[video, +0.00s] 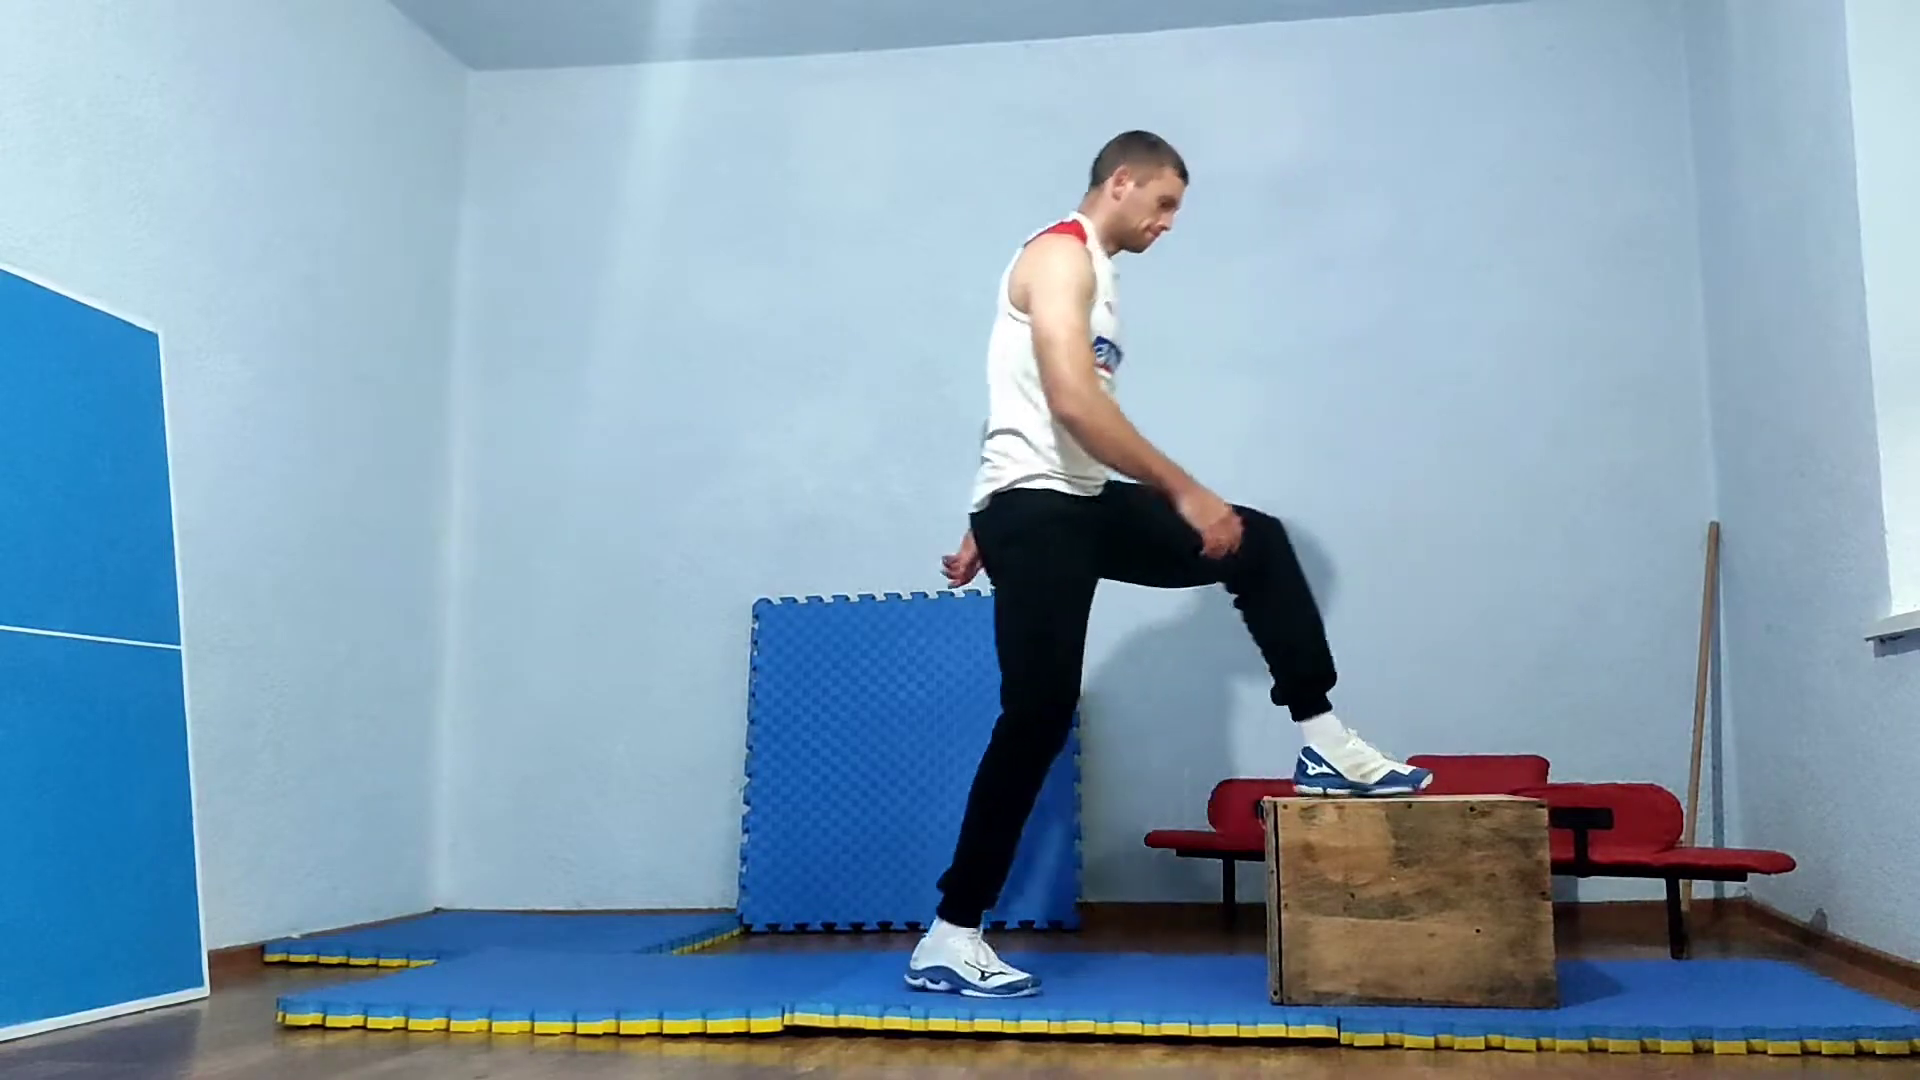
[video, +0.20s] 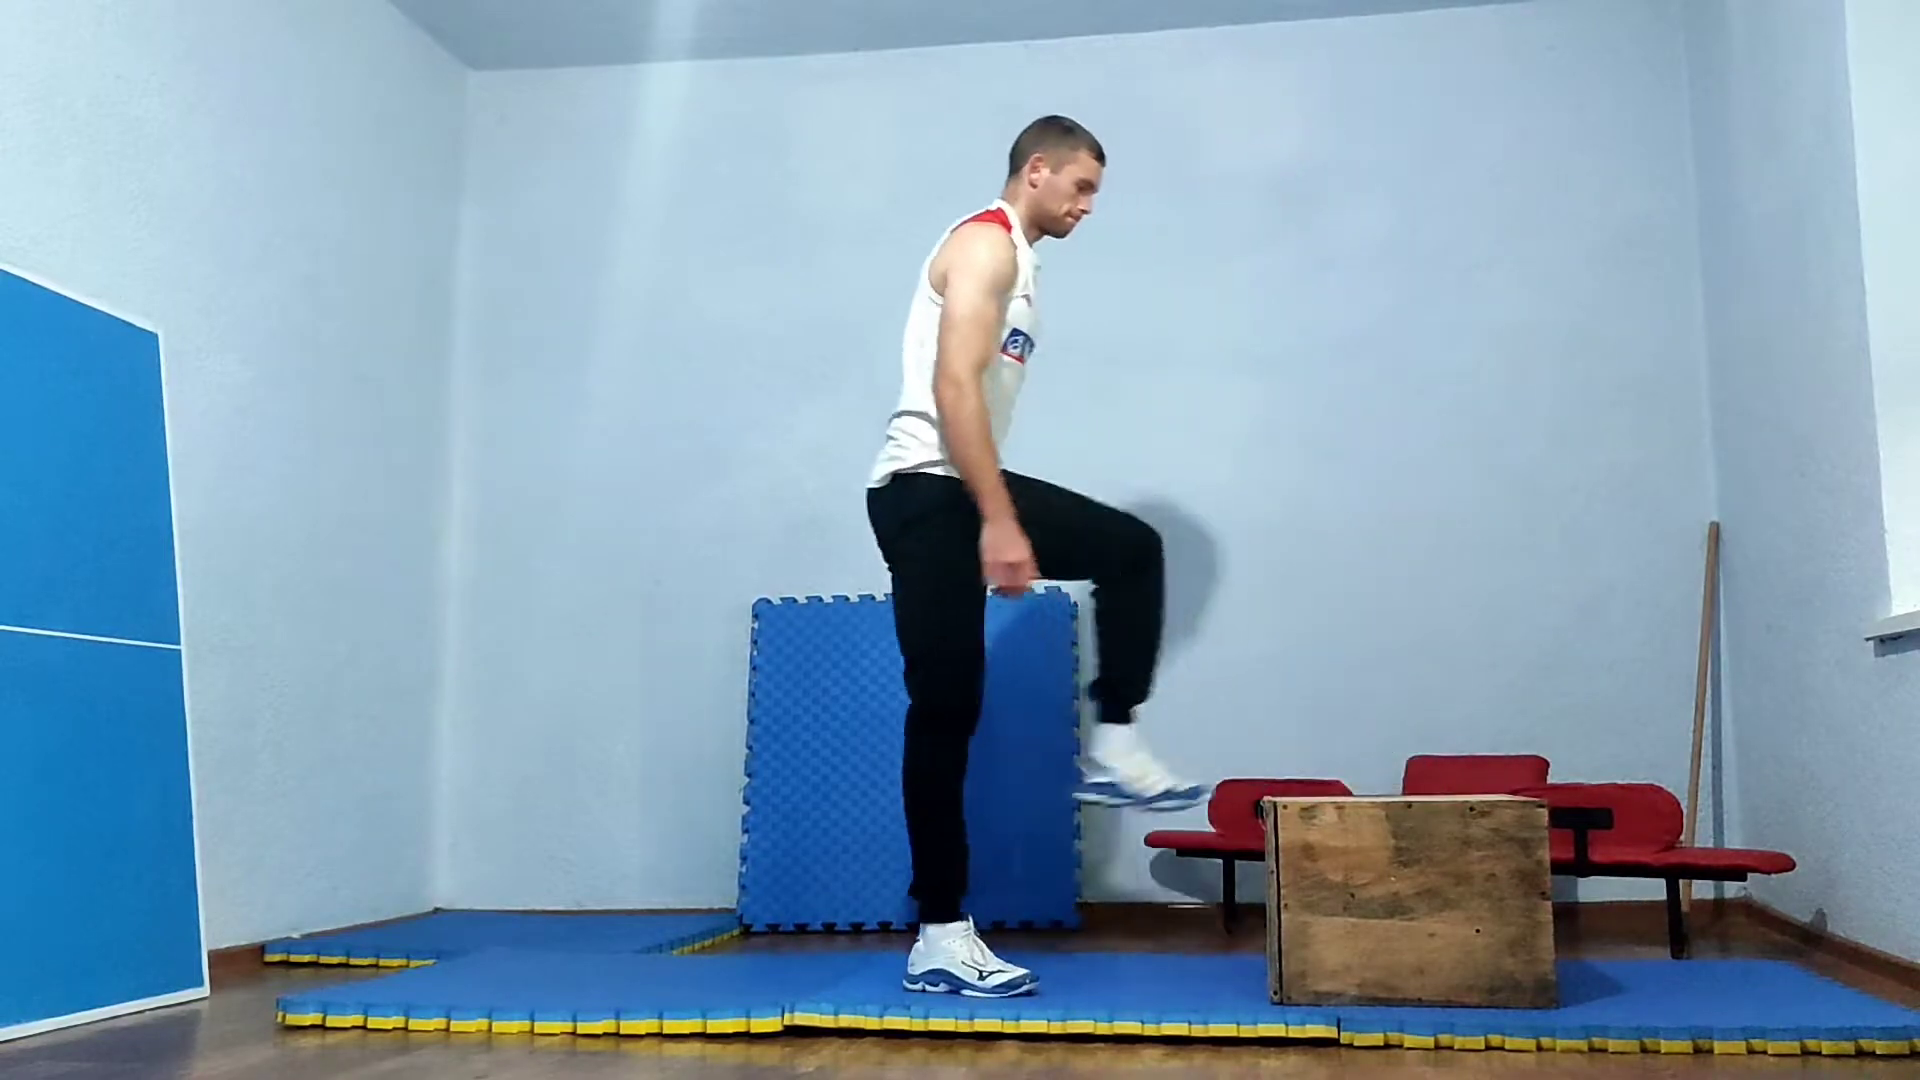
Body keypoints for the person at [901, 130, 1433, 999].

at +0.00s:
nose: (1167, 224)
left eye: (1174, 210)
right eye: (1164, 204)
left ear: (1129, 193)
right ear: (1116, 184)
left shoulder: (1091, 273)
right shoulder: (1058, 255)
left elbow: (1045, 416)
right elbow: (1075, 402)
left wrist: (989, 520)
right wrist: (1186, 491)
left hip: (1092, 507)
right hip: (1036, 513)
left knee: (1254, 541)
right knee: (1037, 715)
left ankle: (1327, 739)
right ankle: (949, 935)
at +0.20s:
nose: (1087, 206)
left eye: (1093, 194)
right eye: (1080, 188)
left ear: (1044, 178)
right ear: (1031, 173)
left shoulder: (1014, 255)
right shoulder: (986, 246)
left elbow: (965, 395)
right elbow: (954, 389)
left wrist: (987, 508)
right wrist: (998, 518)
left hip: (969, 484)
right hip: (925, 492)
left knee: (1131, 549)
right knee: (945, 705)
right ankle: (940, 933)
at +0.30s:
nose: (1035, 209)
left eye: (1041, 196)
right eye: (1030, 191)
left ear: (998, 186)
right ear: (980, 175)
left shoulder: (966, 266)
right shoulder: (932, 250)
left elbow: (953, 411)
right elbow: (885, 381)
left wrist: (1016, 505)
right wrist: (906, 523)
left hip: (944, 499)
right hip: (896, 499)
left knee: (1060, 628)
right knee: (936, 714)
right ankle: (942, 935)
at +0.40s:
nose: (976, 212)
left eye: (982, 200)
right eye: (970, 193)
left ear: (947, 193)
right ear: (919, 180)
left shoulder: (922, 285)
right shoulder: (871, 256)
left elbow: (937, 426)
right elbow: (807, 378)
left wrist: (1018, 496)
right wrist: (822, 517)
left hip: (911, 508)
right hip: (874, 504)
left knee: (948, 701)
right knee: (940, 702)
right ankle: (944, 932)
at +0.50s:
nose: (921, 225)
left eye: (927, 213)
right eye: (914, 207)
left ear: (898, 212)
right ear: (864, 196)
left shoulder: (881, 304)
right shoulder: (814, 271)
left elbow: (911, 434)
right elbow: (739, 387)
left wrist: (995, 498)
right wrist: (751, 519)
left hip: (869, 522)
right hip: (837, 519)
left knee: (840, 719)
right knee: (915, 715)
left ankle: (707, 874)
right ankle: (943, 934)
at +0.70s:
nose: (838, 252)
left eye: (845, 241)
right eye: (830, 235)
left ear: (836, 242)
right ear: (784, 219)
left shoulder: (808, 331)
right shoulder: (725, 290)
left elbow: (822, 449)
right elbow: (666, 407)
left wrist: (887, 535)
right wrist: (675, 523)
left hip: (770, 534)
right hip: (726, 528)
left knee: (728, 730)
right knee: (807, 713)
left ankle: (658, 916)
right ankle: (874, 915)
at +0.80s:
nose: (800, 244)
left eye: (810, 234)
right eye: (792, 226)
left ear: (802, 236)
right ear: (748, 210)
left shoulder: (773, 322)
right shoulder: (688, 280)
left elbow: (775, 449)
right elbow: (629, 396)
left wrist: (805, 554)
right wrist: (670, 497)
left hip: (735, 525)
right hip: (693, 517)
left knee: (700, 716)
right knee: (764, 692)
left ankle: (655, 915)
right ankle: (757, 912)